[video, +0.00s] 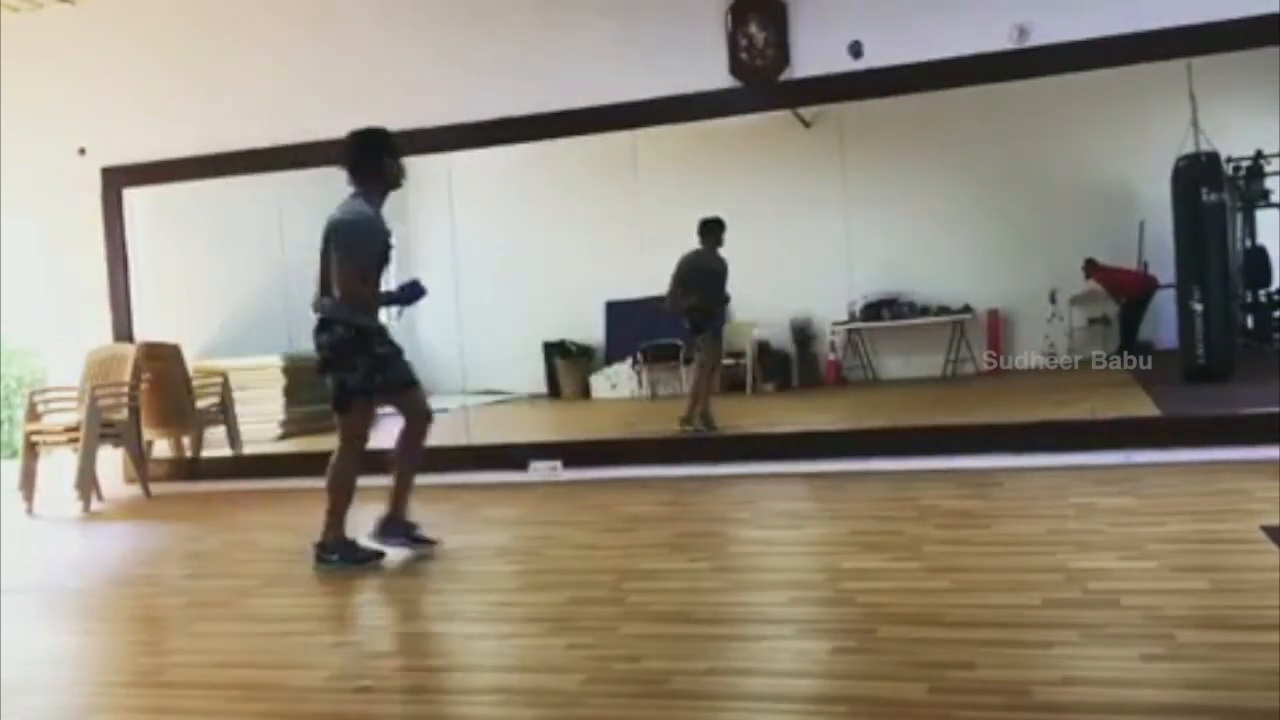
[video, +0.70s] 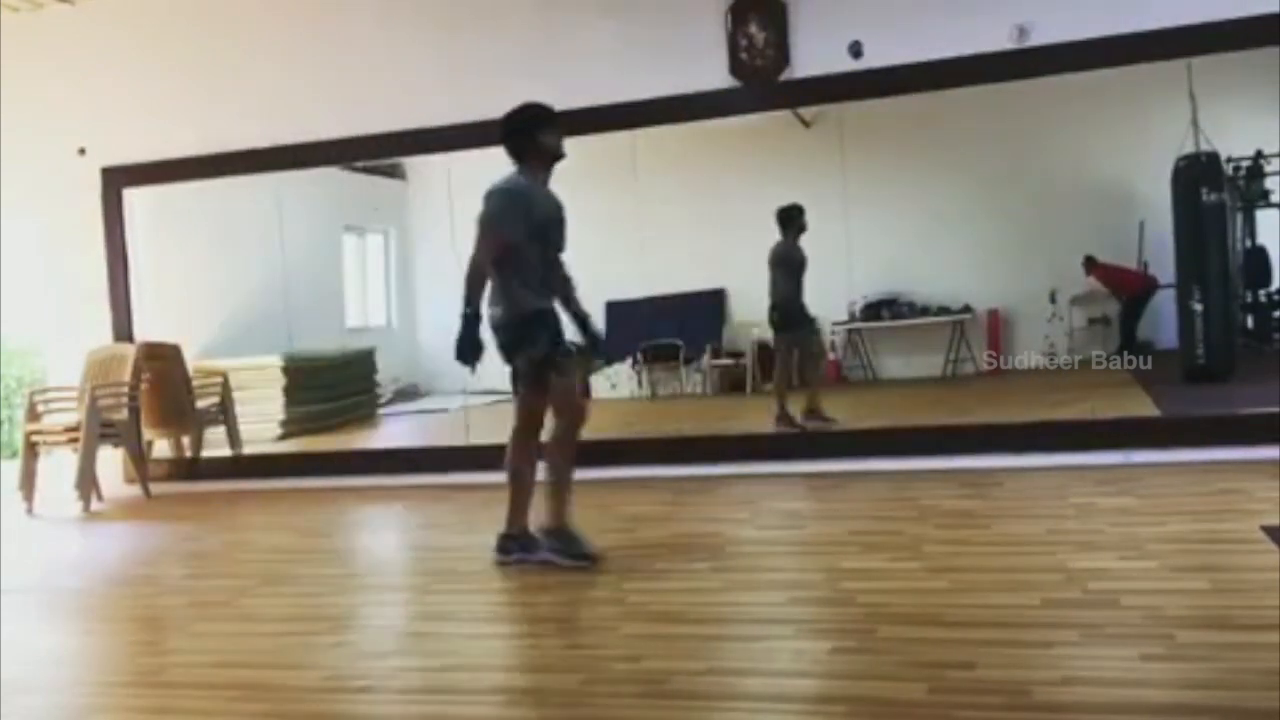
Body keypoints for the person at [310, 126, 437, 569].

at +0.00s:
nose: (401, 168)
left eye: (398, 159)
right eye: (394, 160)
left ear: (358, 170)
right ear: (379, 168)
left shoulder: (343, 219)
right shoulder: (362, 222)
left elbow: (327, 292)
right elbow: (351, 294)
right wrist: (396, 297)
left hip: (347, 330)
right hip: (354, 332)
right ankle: (332, 539)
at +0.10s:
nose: (416, 173)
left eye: (413, 164)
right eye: (409, 165)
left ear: (374, 172)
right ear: (393, 171)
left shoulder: (379, 223)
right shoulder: (365, 226)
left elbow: (339, 298)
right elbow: (358, 300)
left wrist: (384, 306)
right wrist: (405, 297)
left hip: (379, 334)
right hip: (356, 339)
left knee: (436, 416)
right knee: (362, 438)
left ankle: (436, 520)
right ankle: (334, 538)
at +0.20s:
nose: (447, 175)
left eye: (444, 166)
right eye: (440, 167)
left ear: (414, 173)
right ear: (419, 173)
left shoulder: (415, 226)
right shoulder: (395, 228)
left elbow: (400, 294)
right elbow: (393, 301)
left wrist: (446, 300)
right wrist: (450, 302)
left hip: (410, 337)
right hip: (384, 345)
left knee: (462, 422)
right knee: (376, 443)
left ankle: (497, 521)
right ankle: (338, 534)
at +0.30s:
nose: (464, 173)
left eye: (461, 165)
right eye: (457, 166)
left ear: (430, 173)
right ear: (438, 172)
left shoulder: (436, 225)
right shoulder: (411, 225)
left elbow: (424, 295)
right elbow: (413, 295)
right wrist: (476, 308)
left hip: (431, 338)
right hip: (402, 344)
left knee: (478, 423)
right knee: (386, 438)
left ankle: (504, 529)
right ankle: (341, 530)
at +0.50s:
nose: (514, 155)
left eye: (511, 147)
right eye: (506, 148)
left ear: (487, 156)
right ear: (488, 156)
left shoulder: (489, 208)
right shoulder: (464, 208)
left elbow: (487, 273)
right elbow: (466, 271)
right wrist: (487, 316)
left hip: (489, 331)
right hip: (474, 335)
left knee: (477, 434)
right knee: (479, 434)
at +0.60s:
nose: (544, 150)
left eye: (543, 141)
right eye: (536, 141)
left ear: (520, 146)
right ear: (512, 146)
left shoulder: (527, 199)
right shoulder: (492, 197)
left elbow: (531, 269)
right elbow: (475, 261)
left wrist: (551, 328)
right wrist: (468, 322)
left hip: (534, 319)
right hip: (511, 321)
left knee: (543, 417)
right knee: (533, 418)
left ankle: (507, 518)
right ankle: (511, 525)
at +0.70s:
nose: (561, 144)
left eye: (559, 135)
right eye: (552, 135)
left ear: (536, 144)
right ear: (528, 143)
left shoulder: (548, 203)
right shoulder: (505, 197)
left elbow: (554, 269)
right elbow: (479, 263)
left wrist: (583, 322)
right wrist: (469, 324)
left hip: (541, 315)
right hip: (517, 318)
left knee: (532, 420)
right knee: (565, 410)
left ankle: (520, 530)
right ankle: (550, 526)